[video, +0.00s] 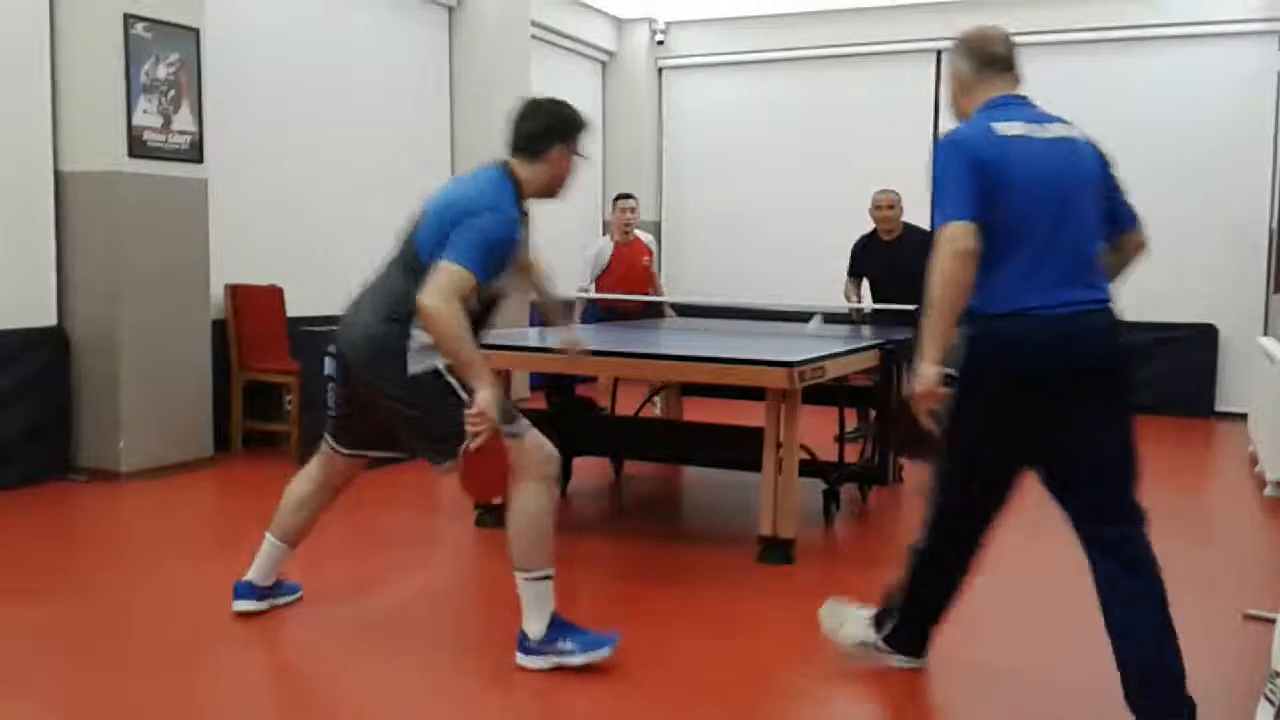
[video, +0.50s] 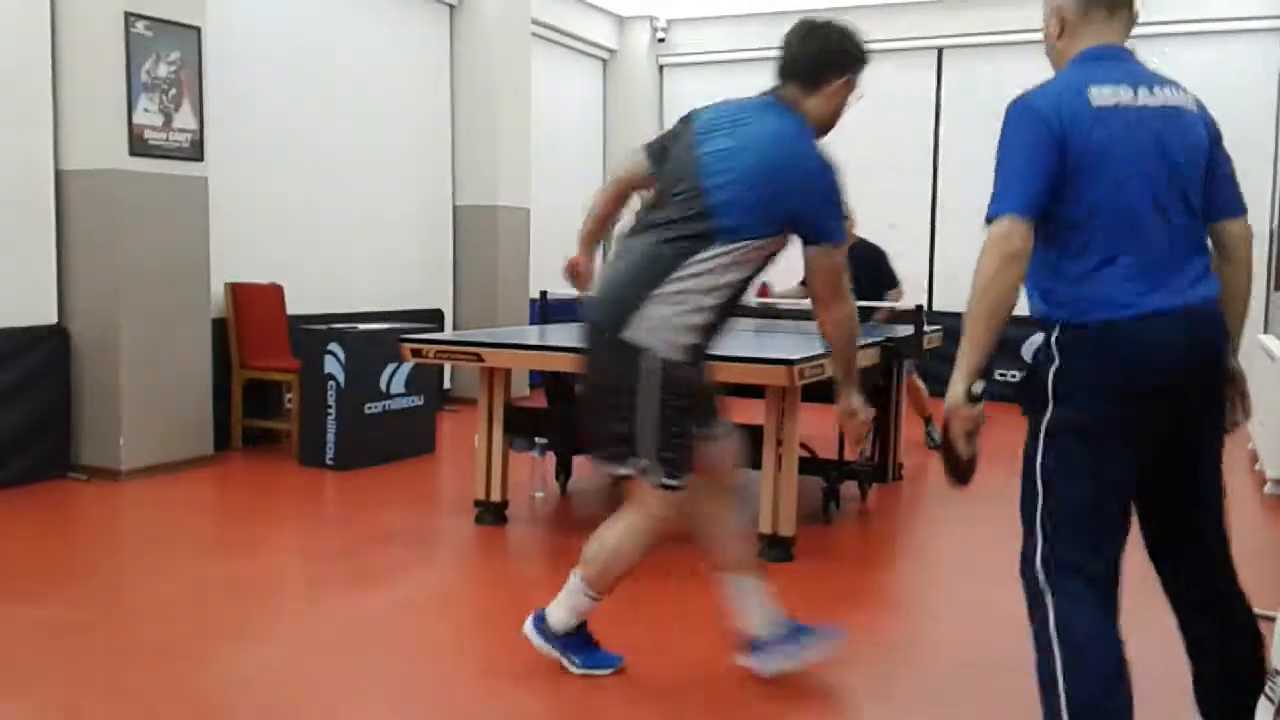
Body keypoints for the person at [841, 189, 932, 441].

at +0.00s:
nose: (885, 214)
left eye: (891, 207)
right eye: (878, 208)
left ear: (901, 210)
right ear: (871, 213)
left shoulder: (923, 240)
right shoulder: (864, 246)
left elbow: (939, 276)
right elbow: (853, 282)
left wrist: (932, 310)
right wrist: (855, 303)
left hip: (920, 318)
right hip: (883, 320)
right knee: (860, 360)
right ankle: (863, 421)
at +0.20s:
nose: (891, 214)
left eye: (897, 208)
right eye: (885, 209)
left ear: (906, 212)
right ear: (876, 213)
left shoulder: (924, 246)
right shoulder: (866, 243)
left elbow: (945, 285)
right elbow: (849, 276)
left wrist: (927, 314)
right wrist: (840, 295)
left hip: (912, 325)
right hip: (870, 325)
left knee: (935, 368)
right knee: (841, 361)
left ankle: (935, 427)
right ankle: (849, 412)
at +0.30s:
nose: (886, 213)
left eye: (891, 207)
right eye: (879, 208)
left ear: (900, 211)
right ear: (870, 212)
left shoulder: (915, 246)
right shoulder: (858, 242)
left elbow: (931, 284)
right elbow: (841, 275)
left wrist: (916, 304)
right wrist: (830, 291)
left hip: (905, 320)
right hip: (863, 318)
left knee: (929, 365)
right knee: (816, 351)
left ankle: (934, 424)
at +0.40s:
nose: (865, 221)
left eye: (870, 215)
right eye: (859, 216)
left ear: (879, 219)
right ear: (851, 220)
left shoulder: (896, 253)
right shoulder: (840, 252)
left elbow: (918, 292)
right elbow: (821, 287)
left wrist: (906, 318)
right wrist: (803, 306)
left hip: (890, 326)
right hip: (850, 325)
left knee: (919, 364)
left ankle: (931, 426)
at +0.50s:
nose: (838, 229)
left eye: (842, 222)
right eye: (834, 224)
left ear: (851, 222)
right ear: (826, 228)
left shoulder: (870, 253)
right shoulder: (824, 255)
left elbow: (894, 292)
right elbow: (807, 288)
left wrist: (876, 321)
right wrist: (776, 296)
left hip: (877, 329)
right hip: (843, 329)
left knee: (906, 372)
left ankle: (928, 422)